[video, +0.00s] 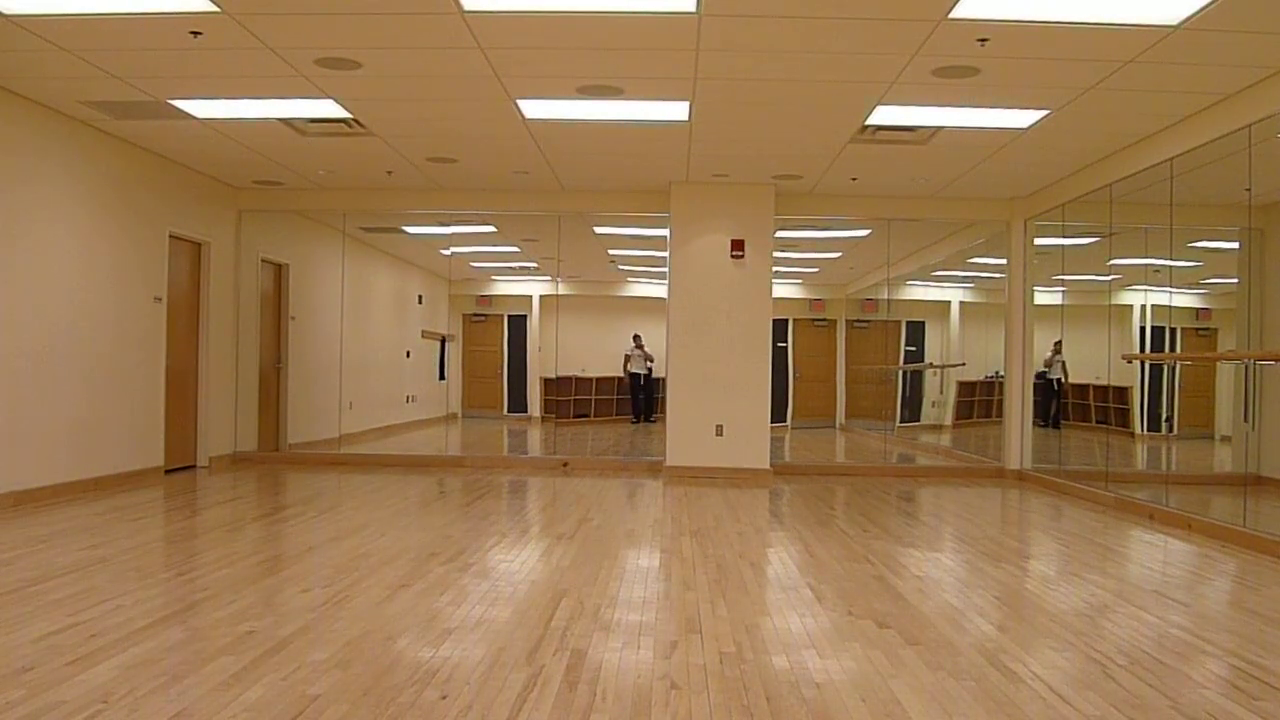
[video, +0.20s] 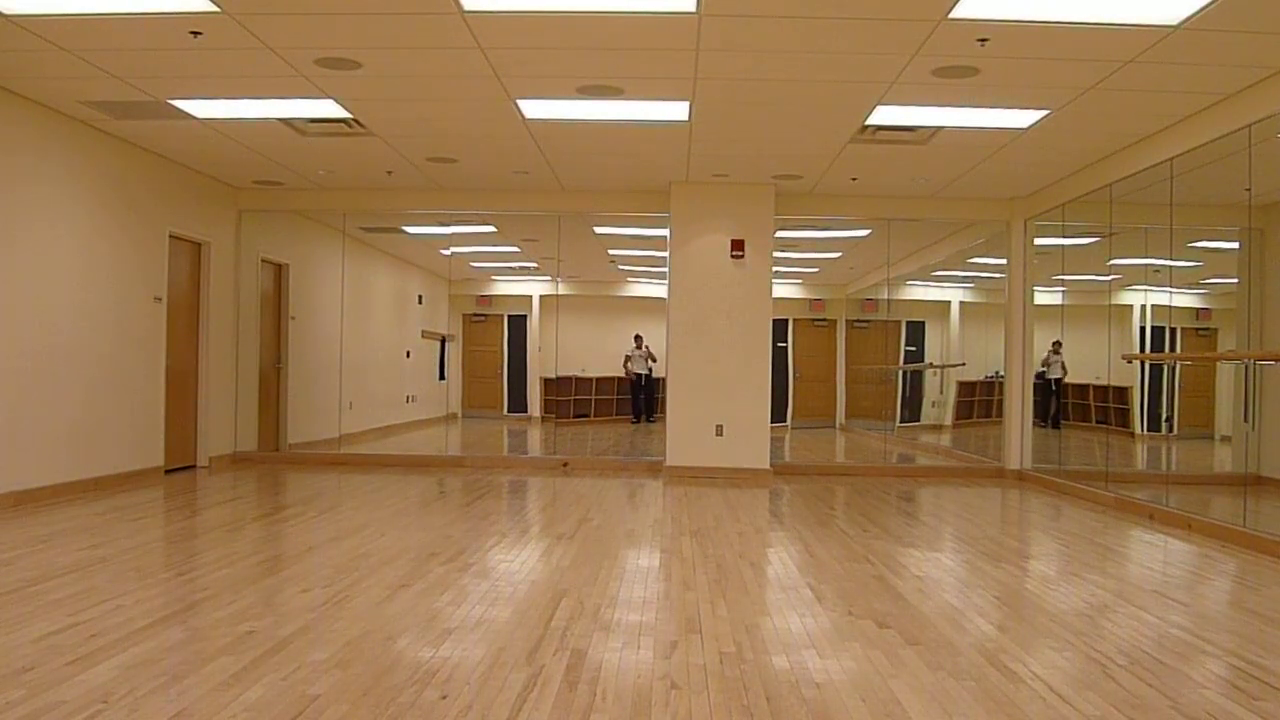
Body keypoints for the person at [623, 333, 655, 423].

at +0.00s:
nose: (638, 342)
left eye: (639, 340)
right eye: (636, 340)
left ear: (642, 340)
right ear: (634, 342)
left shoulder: (645, 350)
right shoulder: (631, 351)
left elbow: (651, 359)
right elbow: (625, 363)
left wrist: (643, 350)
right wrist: (625, 374)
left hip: (645, 372)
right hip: (635, 372)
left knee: (648, 394)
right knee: (635, 395)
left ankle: (648, 415)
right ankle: (636, 416)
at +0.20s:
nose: (639, 343)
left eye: (640, 341)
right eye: (637, 341)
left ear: (642, 341)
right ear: (634, 342)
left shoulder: (645, 352)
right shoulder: (631, 351)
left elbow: (654, 360)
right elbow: (625, 364)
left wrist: (649, 351)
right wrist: (629, 372)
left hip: (646, 373)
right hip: (636, 373)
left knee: (649, 394)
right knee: (635, 395)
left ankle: (650, 415)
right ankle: (636, 416)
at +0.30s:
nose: (639, 343)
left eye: (641, 341)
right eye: (638, 341)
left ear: (643, 341)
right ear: (635, 341)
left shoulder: (647, 351)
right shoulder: (632, 351)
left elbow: (655, 357)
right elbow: (625, 363)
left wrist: (651, 348)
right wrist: (634, 363)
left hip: (647, 373)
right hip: (637, 373)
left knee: (649, 394)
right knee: (636, 395)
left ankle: (650, 415)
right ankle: (636, 416)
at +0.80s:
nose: (643, 343)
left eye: (644, 341)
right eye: (641, 341)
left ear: (646, 343)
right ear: (638, 343)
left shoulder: (650, 353)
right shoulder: (636, 351)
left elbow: (653, 352)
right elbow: (642, 348)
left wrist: (648, 342)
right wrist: (641, 340)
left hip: (651, 372)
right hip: (641, 371)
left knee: (652, 395)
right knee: (639, 394)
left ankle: (651, 415)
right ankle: (637, 416)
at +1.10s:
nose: (645, 342)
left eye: (647, 341)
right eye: (644, 341)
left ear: (650, 342)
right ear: (641, 342)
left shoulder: (652, 352)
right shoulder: (638, 352)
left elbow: (656, 352)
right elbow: (637, 350)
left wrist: (650, 344)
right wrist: (641, 343)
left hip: (653, 372)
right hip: (642, 372)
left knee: (653, 395)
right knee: (640, 395)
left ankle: (651, 416)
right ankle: (637, 416)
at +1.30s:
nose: (647, 343)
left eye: (648, 341)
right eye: (645, 342)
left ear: (651, 342)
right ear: (643, 342)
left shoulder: (654, 352)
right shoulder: (640, 351)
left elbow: (655, 350)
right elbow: (638, 349)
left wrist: (653, 343)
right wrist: (639, 341)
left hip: (653, 372)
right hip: (643, 372)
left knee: (653, 395)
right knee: (640, 395)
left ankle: (651, 415)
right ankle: (637, 416)